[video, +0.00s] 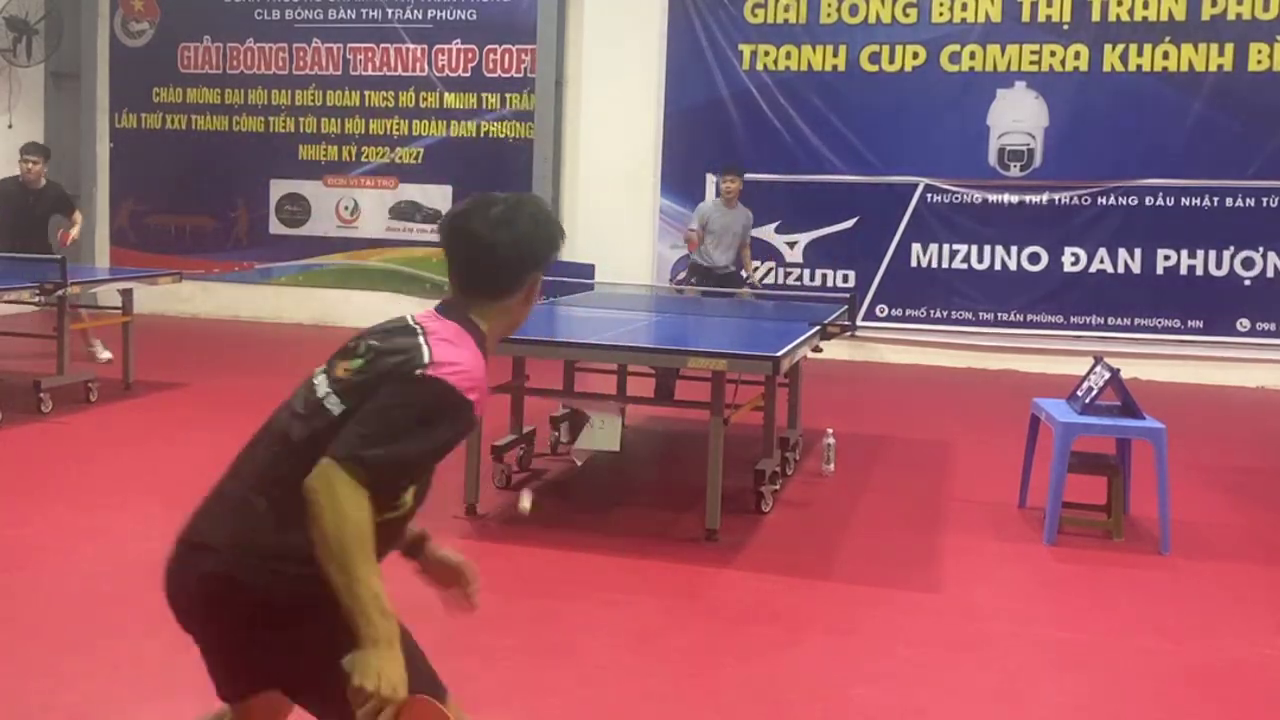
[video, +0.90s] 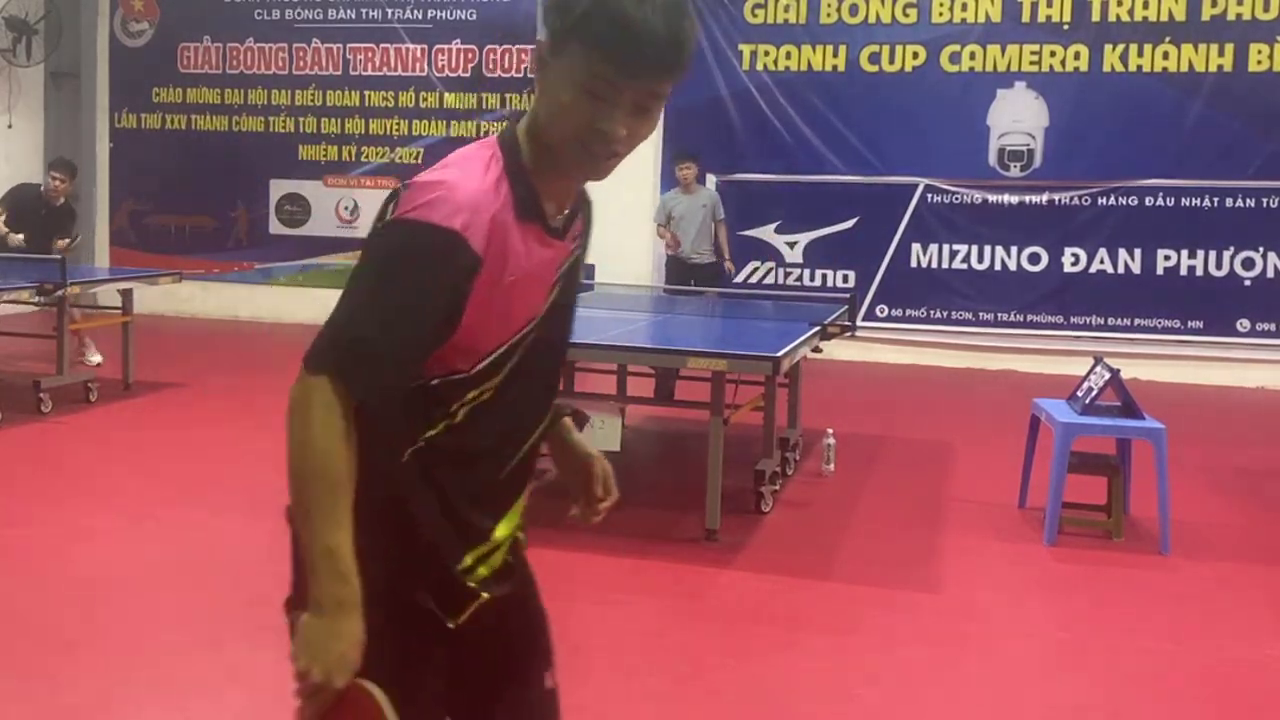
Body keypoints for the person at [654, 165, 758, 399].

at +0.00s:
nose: (728, 186)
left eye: (733, 182)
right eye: (725, 182)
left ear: (741, 186)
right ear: (719, 185)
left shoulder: (746, 215)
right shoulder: (706, 208)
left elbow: (744, 247)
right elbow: (692, 238)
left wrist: (750, 274)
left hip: (729, 274)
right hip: (701, 271)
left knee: (752, 310)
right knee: (683, 318)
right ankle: (666, 383)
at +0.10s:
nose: (717, 176)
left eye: (722, 172)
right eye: (714, 172)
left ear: (731, 176)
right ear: (708, 176)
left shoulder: (741, 203)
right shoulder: (697, 201)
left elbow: (742, 234)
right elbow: (688, 227)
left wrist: (747, 261)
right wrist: (692, 235)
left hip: (727, 264)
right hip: (698, 261)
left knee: (730, 310)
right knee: (687, 306)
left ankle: (729, 351)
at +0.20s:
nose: (707, 176)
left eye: (711, 172)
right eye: (703, 172)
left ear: (719, 175)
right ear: (698, 176)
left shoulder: (734, 203)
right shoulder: (689, 202)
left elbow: (743, 232)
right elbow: (678, 230)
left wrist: (748, 257)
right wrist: (684, 233)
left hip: (723, 266)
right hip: (694, 263)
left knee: (732, 308)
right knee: (678, 305)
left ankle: (732, 351)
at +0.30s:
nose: (696, 178)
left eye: (700, 174)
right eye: (692, 175)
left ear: (709, 177)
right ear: (688, 180)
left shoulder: (725, 205)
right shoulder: (681, 205)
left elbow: (738, 234)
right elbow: (670, 235)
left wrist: (745, 261)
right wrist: (675, 236)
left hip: (716, 272)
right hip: (685, 270)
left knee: (724, 323)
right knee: (672, 323)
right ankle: (665, 387)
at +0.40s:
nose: (687, 177)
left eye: (691, 172)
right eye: (684, 174)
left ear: (701, 175)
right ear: (680, 180)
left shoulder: (717, 202)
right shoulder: (673, 204)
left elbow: (727, 231)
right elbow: (664, 231)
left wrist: (731, 259)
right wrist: (672, 245)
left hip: (711, 269)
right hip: (681, 268)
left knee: (722, 316)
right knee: (670, 320)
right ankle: (665, 383)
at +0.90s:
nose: (685, 173)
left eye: (688, 168)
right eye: (681, 169)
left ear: (697, 170)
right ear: (675, 173)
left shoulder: (711, 196)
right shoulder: (668, 198)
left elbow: (720, 226)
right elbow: (660, 226)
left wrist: (726, 256)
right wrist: (668, 236)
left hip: (707, 262)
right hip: (678, 262)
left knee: (714, 308)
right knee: (672, 311)